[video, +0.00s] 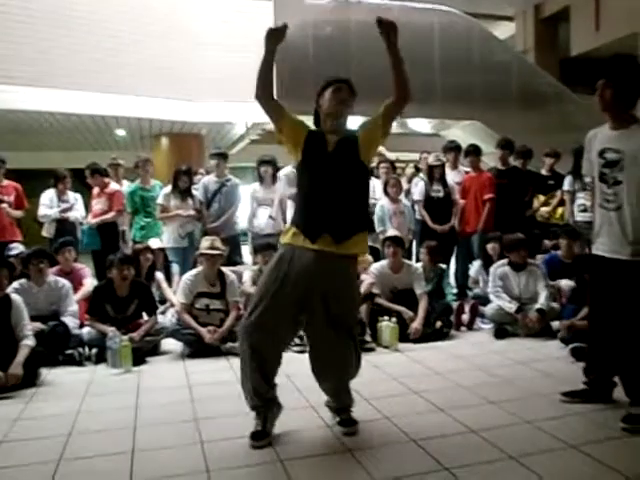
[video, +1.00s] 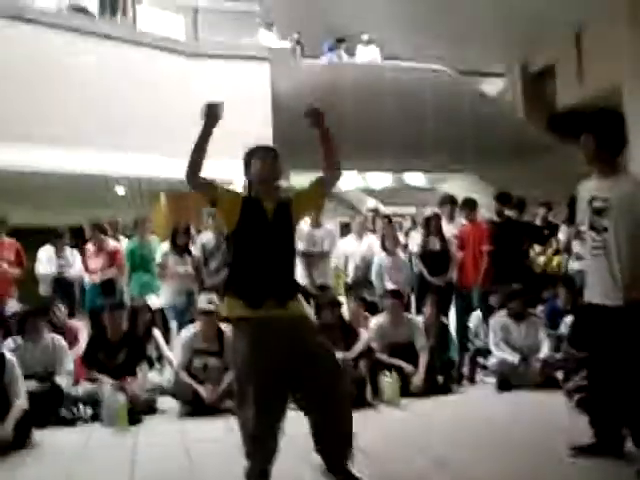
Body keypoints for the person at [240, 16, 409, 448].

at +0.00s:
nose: (341, 99)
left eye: (346, 96)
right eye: (334, 94)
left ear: (352, 108)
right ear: (318, 104)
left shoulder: (363, 142)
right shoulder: (301, 137)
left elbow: (401, 98)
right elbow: (265, 97)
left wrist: (392, 44)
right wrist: (270, 50)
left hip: (341, 260)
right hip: (295, 253)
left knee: (338, 343)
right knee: (256, 333)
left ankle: (341, 404)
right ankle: (264, 410)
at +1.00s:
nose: (267, 169)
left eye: (273, 163)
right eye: (261, 164)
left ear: (281, 171)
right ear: (247, 171)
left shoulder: (292, 207)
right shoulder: (233, 205)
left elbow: (330, 175)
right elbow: (193, 178)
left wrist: (322, 128)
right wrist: (208, 126)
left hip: (291, 317)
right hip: (248, 321)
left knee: (330, 389)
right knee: (259, 403)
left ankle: (336, 462)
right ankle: (258, 468)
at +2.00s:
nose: (287, 138)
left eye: (291, 135)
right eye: (279, 132)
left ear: (296, 144)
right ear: (260, 139)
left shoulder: (309, 171)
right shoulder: (242, 176)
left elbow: (349, 137)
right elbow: (206, 141)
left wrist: (343, 91)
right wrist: (224, 97)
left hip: (302, 294)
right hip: (256, 295)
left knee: (315, 372)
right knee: (250, 379)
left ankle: (329, 436)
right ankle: (256, 454)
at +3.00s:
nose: (317, 142)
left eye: (320, 136)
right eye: (309, 137)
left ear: (328, 141)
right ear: (295, 145)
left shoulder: (348, 178)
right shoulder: (285, 183)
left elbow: (391, 176)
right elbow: (250, 185)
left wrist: (397, 148)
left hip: (339, 291)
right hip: (294, 290)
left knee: (337, 369)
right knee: (281, 372)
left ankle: (329, 432)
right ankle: (266, 450)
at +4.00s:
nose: (287, 177)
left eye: (293, 170)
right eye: (280, 170)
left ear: (301, 171)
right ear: (266, 169)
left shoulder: (311, 200)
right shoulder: (249, 199)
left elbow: (360, 208)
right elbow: (205, 221)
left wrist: (336, 235)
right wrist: (222, 224)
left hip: (306, 292)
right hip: (266, 296)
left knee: (328, 307)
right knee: (275, 374)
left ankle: (324, 397)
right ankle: (277, 451)